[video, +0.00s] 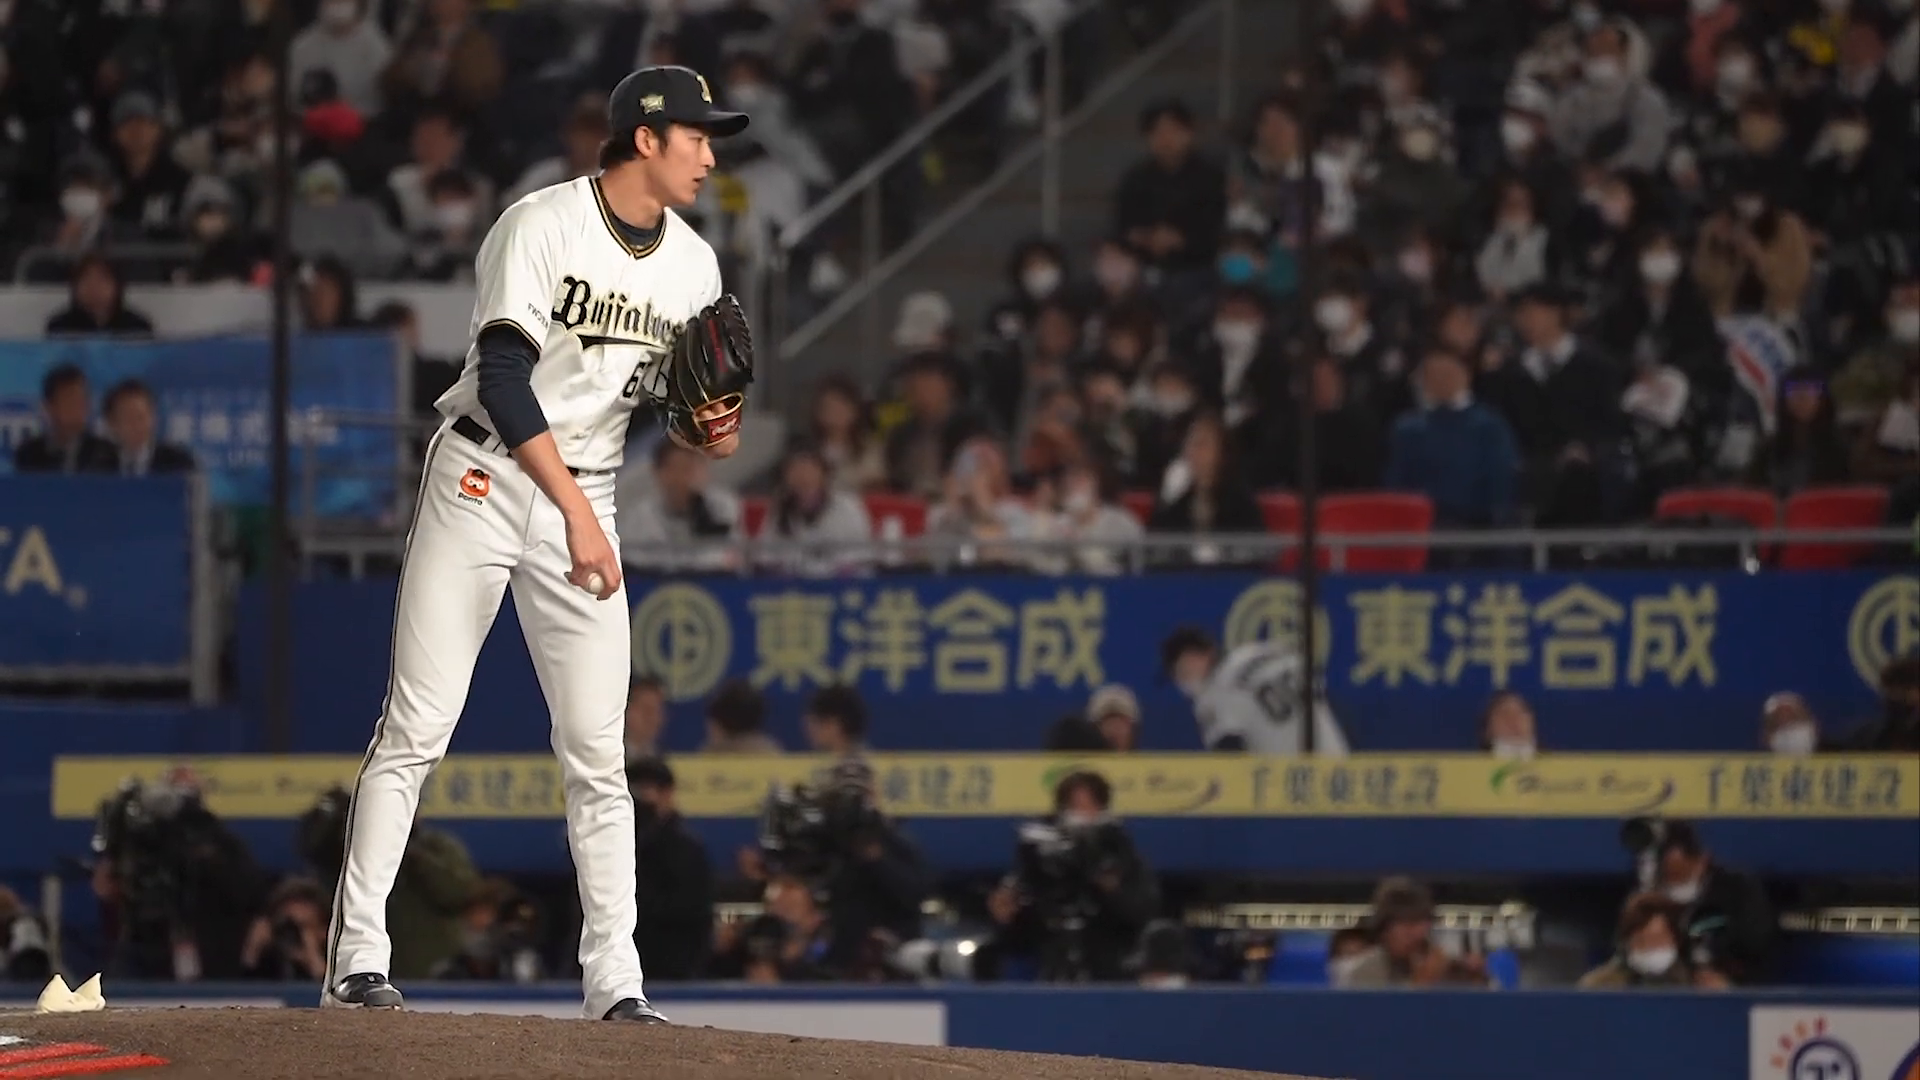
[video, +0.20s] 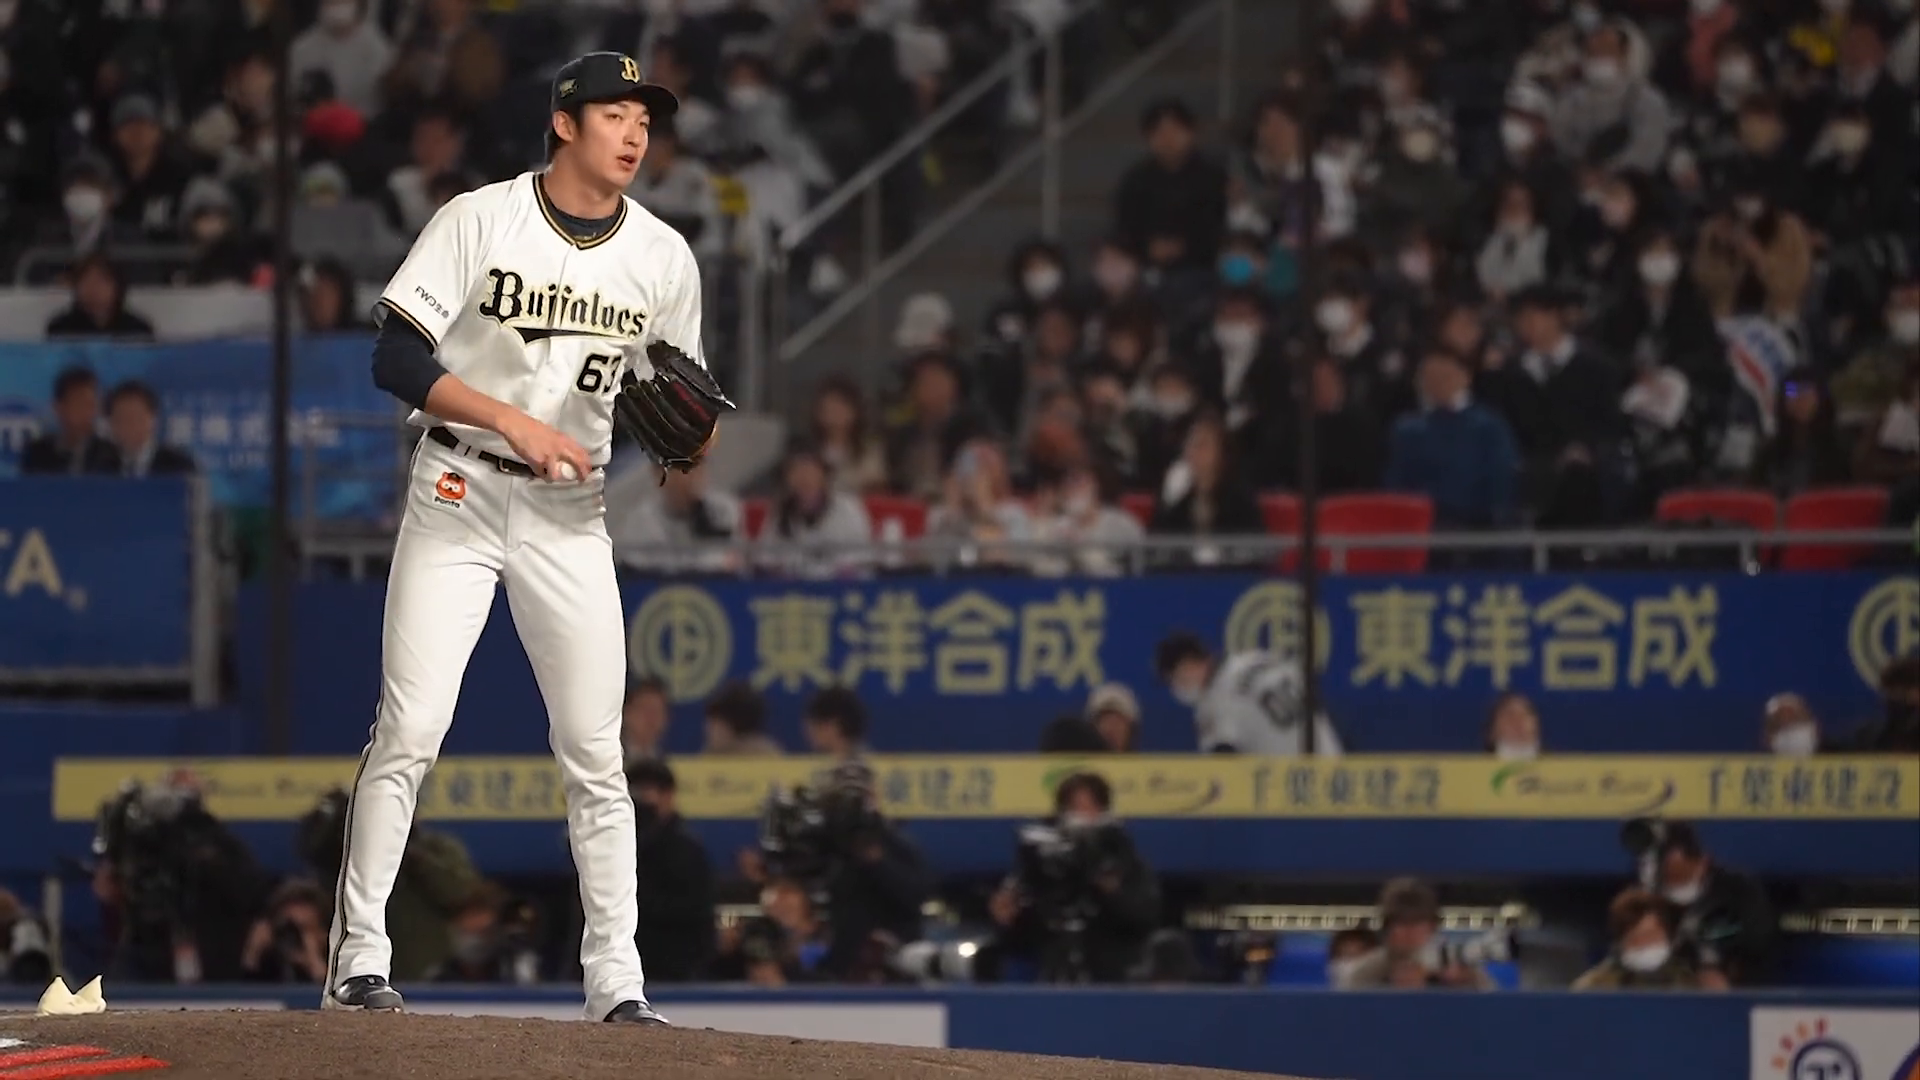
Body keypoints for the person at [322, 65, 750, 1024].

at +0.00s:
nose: (710, 154)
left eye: (711, 137)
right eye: (696, 136)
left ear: (681, 146)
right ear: (642, 138)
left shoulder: (696, 264)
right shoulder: (539, 222)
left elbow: (679, 402)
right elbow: (501, 378)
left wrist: (710, 426)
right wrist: (576, 507)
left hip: (586, 506)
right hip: (483, 480)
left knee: (598, 754)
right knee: (416, 727)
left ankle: (615, 988)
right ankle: (359, 957)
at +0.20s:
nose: (634, 134)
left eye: (643, 120)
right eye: (615, 117)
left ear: (648, 137)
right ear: (564, 125)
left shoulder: (666, 256)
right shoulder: (476, 219)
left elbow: (681, 416)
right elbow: (393, 358)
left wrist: (688, 438)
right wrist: (512, 419)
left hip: (572, 521)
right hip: (454, 504)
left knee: (595, 755)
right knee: (409, 731)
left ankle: (616, 987)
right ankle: (359, 960)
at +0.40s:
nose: (541, 114)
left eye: (552, 100)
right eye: (520, 98)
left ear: (565, 121)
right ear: (475, 112)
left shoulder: (603, 234)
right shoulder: (407, 213)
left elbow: (639, 385)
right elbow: (343, 362)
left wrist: (597, 367)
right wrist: (458, 347)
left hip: (540, 500)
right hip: (423, 489)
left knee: (584, 745)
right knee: (398, 724)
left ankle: (616, 986)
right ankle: (357, 959)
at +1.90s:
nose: (475, 110)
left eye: (490, 94)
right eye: (455, 94)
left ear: (515, 111)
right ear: (422, 113)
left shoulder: (558, 199)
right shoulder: (374, 199)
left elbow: (567, 254)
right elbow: (374, 247)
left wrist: (542, 273)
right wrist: (439, 261)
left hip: (517, 493)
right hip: (399, 492)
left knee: (581, 734)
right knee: (379, 725)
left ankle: (637, 963)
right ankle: (357, 962)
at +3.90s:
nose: (590, 132)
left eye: (593, 116)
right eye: (572, 116)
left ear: (590, 131)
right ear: (518, 126)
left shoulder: (626, 235)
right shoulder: (429, 221)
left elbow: (658, 373)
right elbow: (407, 345)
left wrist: (587, 277)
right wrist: (490, 248)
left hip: (567, 512)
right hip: (449, 504)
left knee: (604, 747)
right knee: (412, 723)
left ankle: (645, 970)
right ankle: (361, 955)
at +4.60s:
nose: (594, 146)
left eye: (596, 130)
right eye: (577, 129)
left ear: (584, 142)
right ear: (520, 137)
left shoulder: (624, 244)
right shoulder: (428, 223)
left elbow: (656, 386)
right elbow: (395, 354)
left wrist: (603, 317)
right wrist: (497, 276)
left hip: (569, 509)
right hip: (449, 503)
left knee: (595, 732)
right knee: (409, 721)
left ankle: (612, 945)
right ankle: (360, 957)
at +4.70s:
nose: (600, 183)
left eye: (600, 168)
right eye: (582, 168)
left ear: (584, 181)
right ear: (526, 180)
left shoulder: (627, 285)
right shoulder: (430, 268)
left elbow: (683, 434)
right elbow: (386, 409)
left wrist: (635, 430)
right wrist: (481, 382)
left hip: (575, 529)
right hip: (458, 529)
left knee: (557, 678)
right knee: (413, 729)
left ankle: (537, 861)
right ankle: (363, 948)